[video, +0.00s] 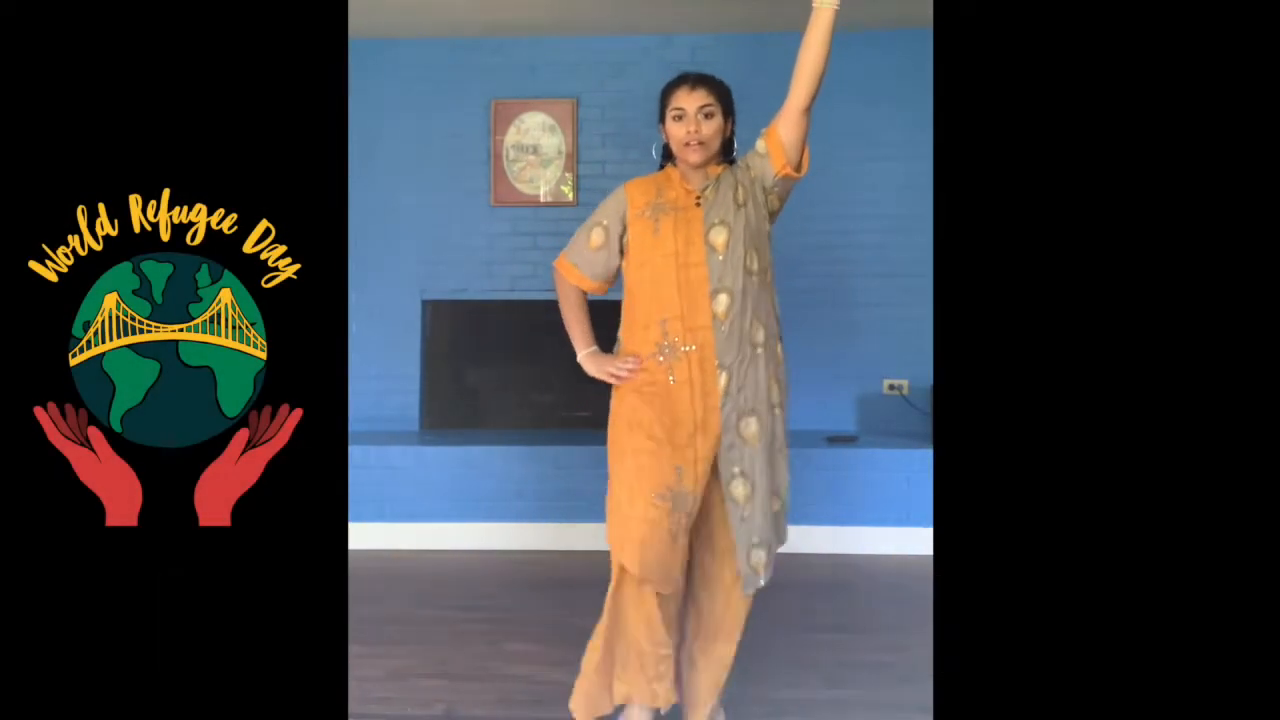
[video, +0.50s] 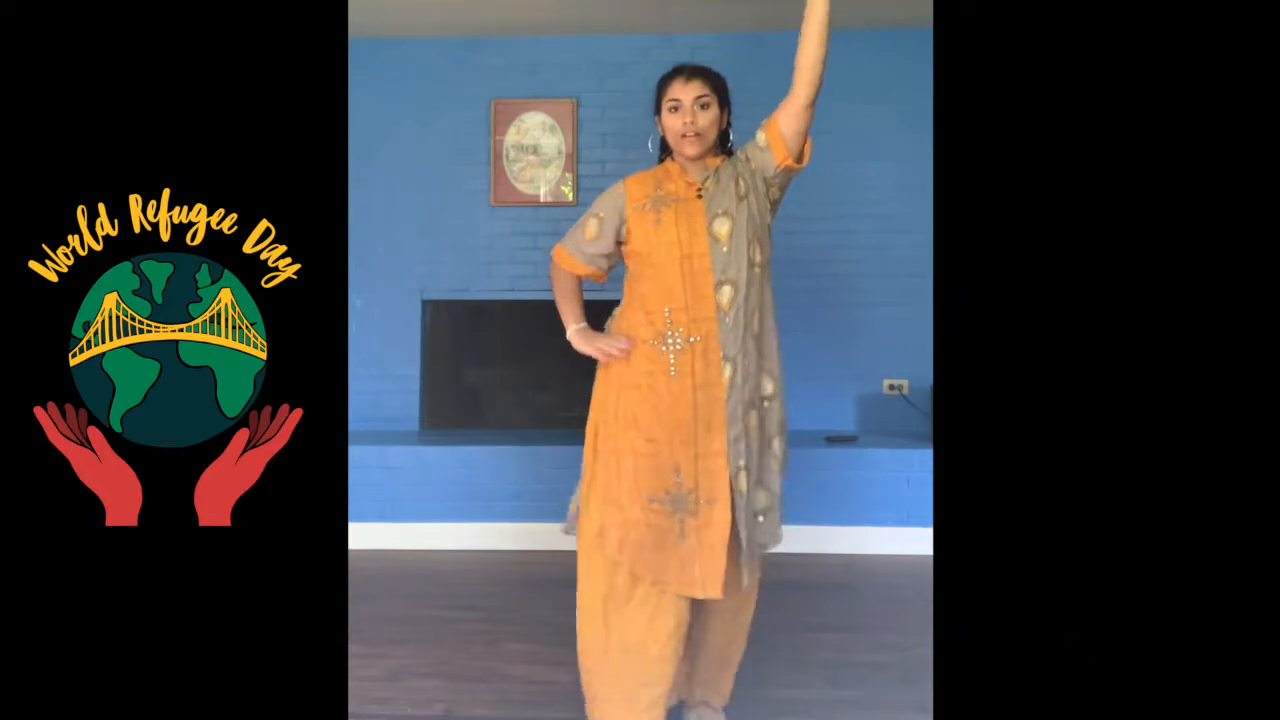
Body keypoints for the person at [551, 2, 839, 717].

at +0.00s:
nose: (692, 125)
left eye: (706, 114)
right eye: (679, 115)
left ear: (727, 127)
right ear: (664, 129)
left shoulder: (752, 189)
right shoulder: (636, 199)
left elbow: (799, 104)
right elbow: (571, 271)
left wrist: (825, 9)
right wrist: (588, 354)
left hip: (738, 402)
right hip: (652, 401)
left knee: (726, 565)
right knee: (649, 559)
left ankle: (702, 706)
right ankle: (639, 703)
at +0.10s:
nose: (691, 122)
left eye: (705, 110)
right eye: (678, 112)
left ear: (726, 121)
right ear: (663, 125)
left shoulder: (752, 184)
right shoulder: (636, 195)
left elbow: (801, 92)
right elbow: (571, 264)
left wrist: (827, 0)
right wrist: (586, 341)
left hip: (735, 396)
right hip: (650, 394)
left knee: (726, 560)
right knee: (650, 556)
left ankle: (705, 706)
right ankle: (652, 705)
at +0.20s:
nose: (691, 117)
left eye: (704, 105)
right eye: (678, 107)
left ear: (725, 115)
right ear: (662, 120)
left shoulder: (752, 178)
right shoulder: (635, 192)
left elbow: (800, 85)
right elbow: (571, 256)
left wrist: (823, 0)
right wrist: (579, 319)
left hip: (732, 392)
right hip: (647, 394)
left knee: (726, 564)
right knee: (649, 564)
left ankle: (713, 708)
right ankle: (651, 711)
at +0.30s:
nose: (689, 118)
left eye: (702, 106)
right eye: (676, 108)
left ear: (723, 117)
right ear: (661, 121)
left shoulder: (751, 179)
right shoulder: (633, 195)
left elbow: (797, 83)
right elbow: (568, 253)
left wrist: (819, 1)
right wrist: (574, 305)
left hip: (727, 391)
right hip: (641, 391)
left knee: (723, 552)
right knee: (642, 554)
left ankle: (718, 702)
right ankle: (650, 706)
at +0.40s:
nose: (688, 118)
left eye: (702, 107)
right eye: (675, 108)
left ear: (723, 118)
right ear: (660, 123)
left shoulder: (751, 182)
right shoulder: (633, 196)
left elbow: (796, 87)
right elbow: (567, 255)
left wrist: (817, 1)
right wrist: (578, 310)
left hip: (727, 392)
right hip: (641, 393)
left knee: (726, 552)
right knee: (639, 553)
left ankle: (713, 706)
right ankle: (641, 704)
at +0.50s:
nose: (689, 117)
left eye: (702, 105)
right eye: (675, 107)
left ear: (723, 117)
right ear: (660, 121)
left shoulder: (751, 179)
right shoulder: (634, 194)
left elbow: (803, 91)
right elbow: (566, 258)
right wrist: (579, 332)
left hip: (731, 391)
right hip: (643, 390)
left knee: (729, 551)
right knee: (634, 552)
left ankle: (704, 701)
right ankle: (630, 705)